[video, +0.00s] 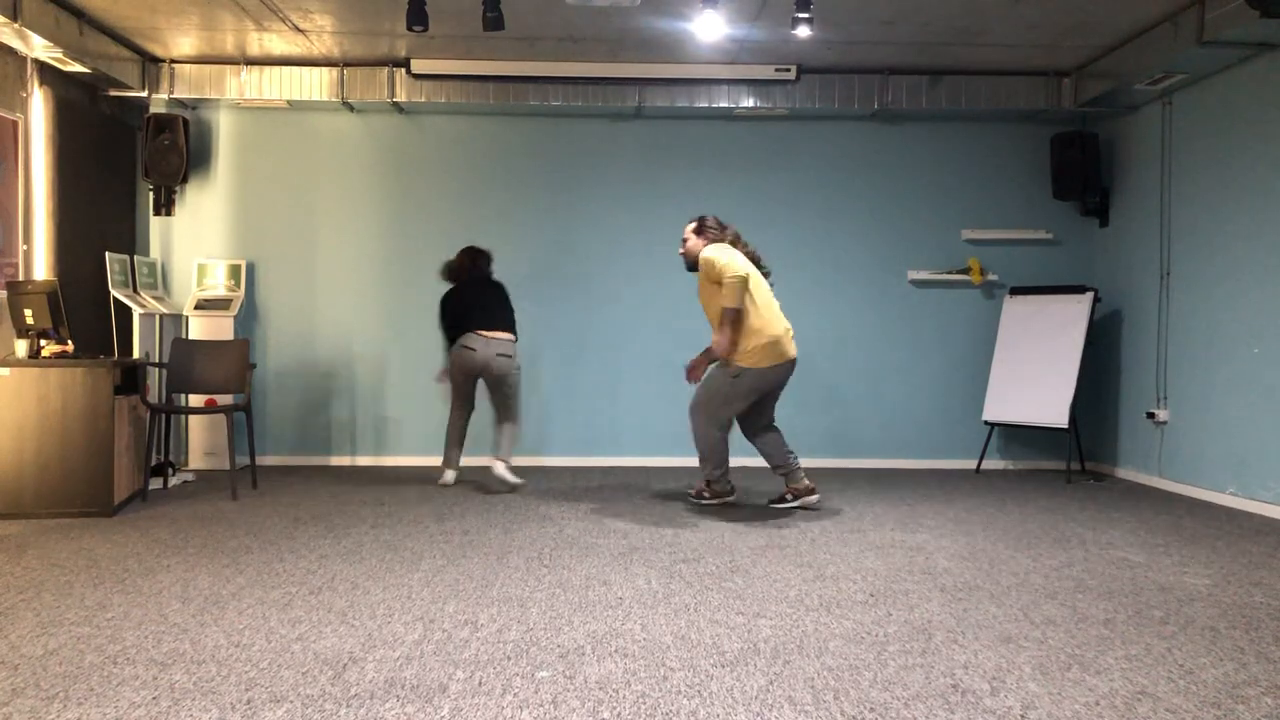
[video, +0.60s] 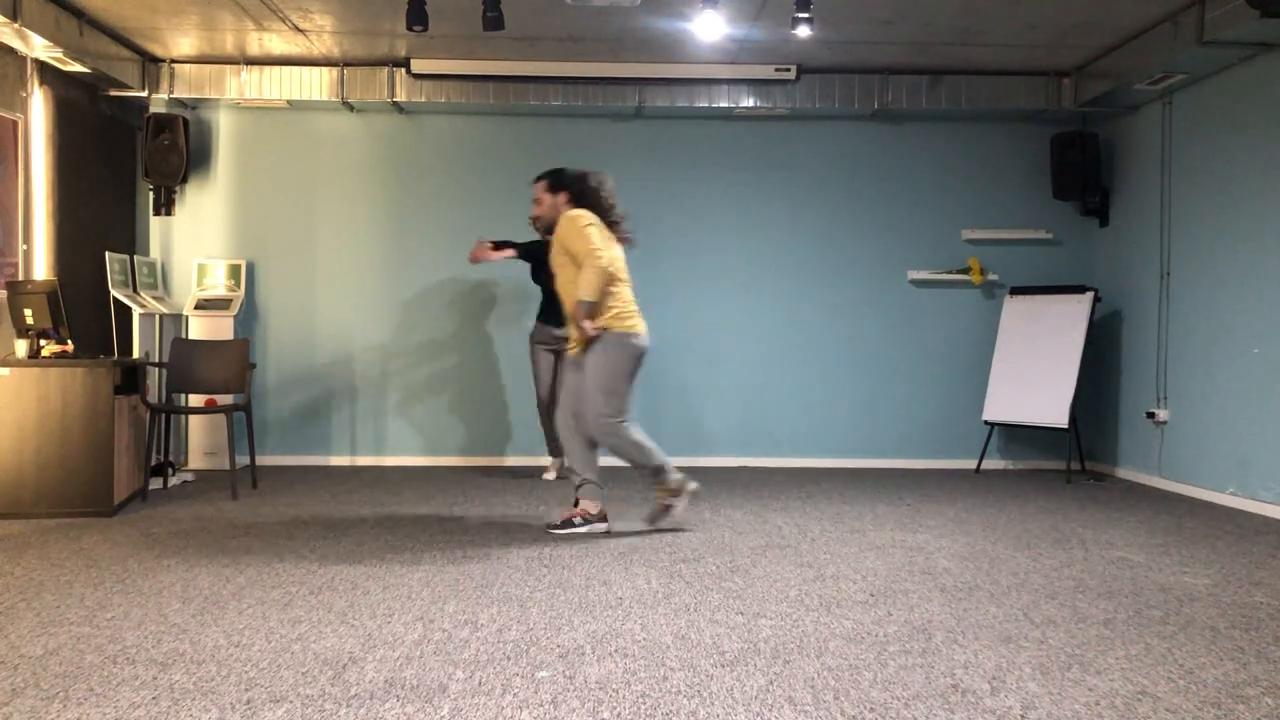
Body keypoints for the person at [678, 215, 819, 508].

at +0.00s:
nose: (681, 248)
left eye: (686, 240)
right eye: (681, 242)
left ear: (705, 236)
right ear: (713, 239)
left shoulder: (712, 254)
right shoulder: (733, 258)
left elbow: (736, 275)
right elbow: (733, 329)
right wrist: (704, 358)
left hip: (756, 354)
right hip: (780, 352)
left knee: (705, 410)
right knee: (756, 422)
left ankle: (717, 484)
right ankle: (799, 485)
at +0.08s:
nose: (669, 246)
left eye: (674, 238)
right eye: (670, 239)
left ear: (695, 237)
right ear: (694, 240)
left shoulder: (707, 252)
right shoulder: (704, 269)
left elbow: (743, 278)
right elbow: (724, 323)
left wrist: (736, 334)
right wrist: (705, 354)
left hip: (751, 351)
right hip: (769, 351)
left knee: (692, 408)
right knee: (752, 424)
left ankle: (715, 483)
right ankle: (798, 484)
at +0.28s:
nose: (629, 223)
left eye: (635, 216)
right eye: (629, 217)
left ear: (656, 218)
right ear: (651, 220)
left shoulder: (671, 238)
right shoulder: (662, 254)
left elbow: (710, 262)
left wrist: (692, 314)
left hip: (710, 342)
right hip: (716, 344)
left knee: (678, 420)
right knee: (715, 422)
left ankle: (720, 498)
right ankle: (766, 468)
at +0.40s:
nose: (600, 213)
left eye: (605, 206)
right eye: (600, 207)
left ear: (625, 208)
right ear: (621, 209)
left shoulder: (637, 232)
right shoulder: (630, 243)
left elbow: (668, 267)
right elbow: (651, 274)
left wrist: (652, 314)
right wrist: (616, 262)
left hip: (683, 342)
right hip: (656, 348)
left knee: (670, 417)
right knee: (633, 416)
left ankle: (722, 498)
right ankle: (690, 476)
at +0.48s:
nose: (579, 205)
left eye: (585, 198)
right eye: (579, 198)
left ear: (606, 199)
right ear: (601, 200)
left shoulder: (617, 224)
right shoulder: (609, 234)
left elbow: (642, 265)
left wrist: (627, 315)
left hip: (664, 336)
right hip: (636, 342)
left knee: (661, 416)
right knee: (606, 404)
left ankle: (717, 494)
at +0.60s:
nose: (534, 208)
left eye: (539, 200)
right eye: (534, 200)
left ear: (562, 199)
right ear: (560, 201)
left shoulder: (576, 220)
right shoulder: (560, 236)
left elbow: (600, 260)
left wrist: (584, 310)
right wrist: (575, 328)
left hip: (615, 336)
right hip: (586, 342)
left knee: (601, 419)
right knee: (569, 418)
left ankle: (671, 481)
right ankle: (589, 506)